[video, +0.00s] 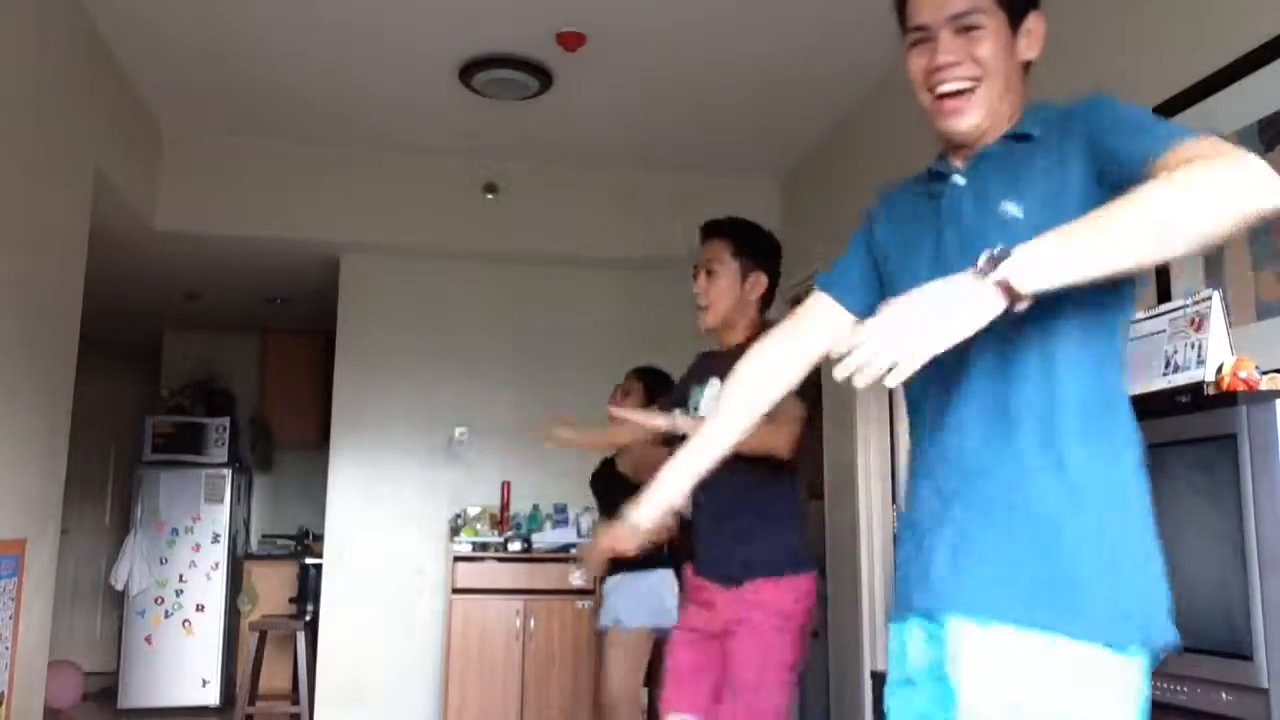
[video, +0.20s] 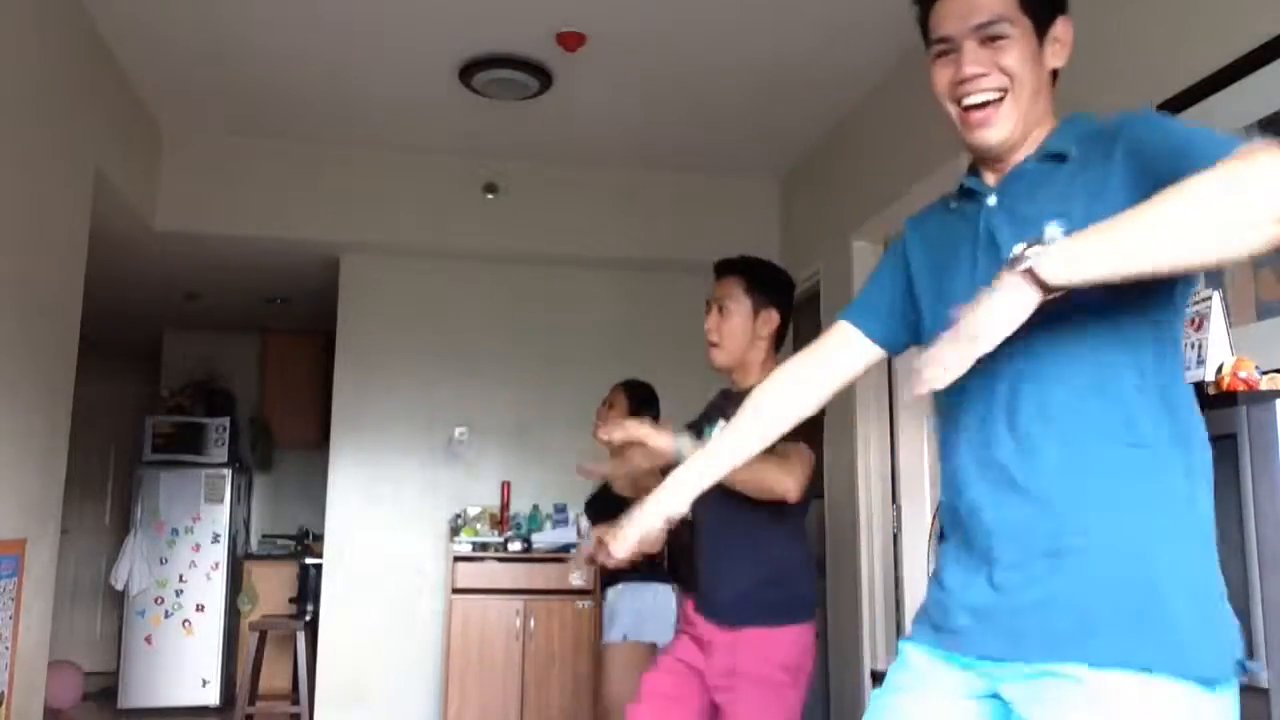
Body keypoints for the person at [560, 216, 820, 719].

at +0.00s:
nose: (696, 287)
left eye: (711, 272)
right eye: (698, 273)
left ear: (755, 285)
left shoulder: (786, 357)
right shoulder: (701, 371)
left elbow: (783, 441)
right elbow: (668, 467)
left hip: (772, 582)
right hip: (704, 580)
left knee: (754, 712)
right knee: (681, 711)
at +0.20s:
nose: (707, 325)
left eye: (723, 310)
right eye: (710, 311)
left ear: (768, 322)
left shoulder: (797, 401)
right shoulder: (718, 408)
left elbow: (790, 482)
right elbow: (685, 492)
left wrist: (679, 447)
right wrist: (637, 536)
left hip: (767, 637)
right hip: (698, 629)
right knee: (648, 712)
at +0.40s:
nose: (705, 300)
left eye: (718, 285)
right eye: (705, 286)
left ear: (763, 296)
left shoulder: (783, 353)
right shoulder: (725, 364)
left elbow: (811, 380)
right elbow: (678, 384)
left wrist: (735, 375)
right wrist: (618, 396)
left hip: (751, 578)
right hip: (714, 578)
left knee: (719, 710)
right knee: (670, 708)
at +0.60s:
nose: (710, 320)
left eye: (724, 307)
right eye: (710, 307)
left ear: (767, 321)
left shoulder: (789, 388)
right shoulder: (720, 391)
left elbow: (791, 432)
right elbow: (666, 423)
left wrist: (715, 411)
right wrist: (614, 441)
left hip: (753, 602)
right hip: (715, 598)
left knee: (686, 710)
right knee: (745, 713)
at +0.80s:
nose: (714, 304)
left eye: (727, 288)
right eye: (715, 290)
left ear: (773, 300)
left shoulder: (801, 366)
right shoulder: (725, 379)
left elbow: (810, 394)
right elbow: (658, 426)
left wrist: (713, 396)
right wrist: (599, 439)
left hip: (771, 603)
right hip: (702, 597)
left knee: (754, 714)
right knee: (678, 713)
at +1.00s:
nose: (719, 330)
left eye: (733, 315)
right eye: (719, 316)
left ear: (778, 327)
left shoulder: (811, 399)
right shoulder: (732, 410)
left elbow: (774, 419)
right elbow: (661, 443)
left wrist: (678, 412)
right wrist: (601, 449)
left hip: (781, 641)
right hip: (707, 629)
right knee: (649, 712)